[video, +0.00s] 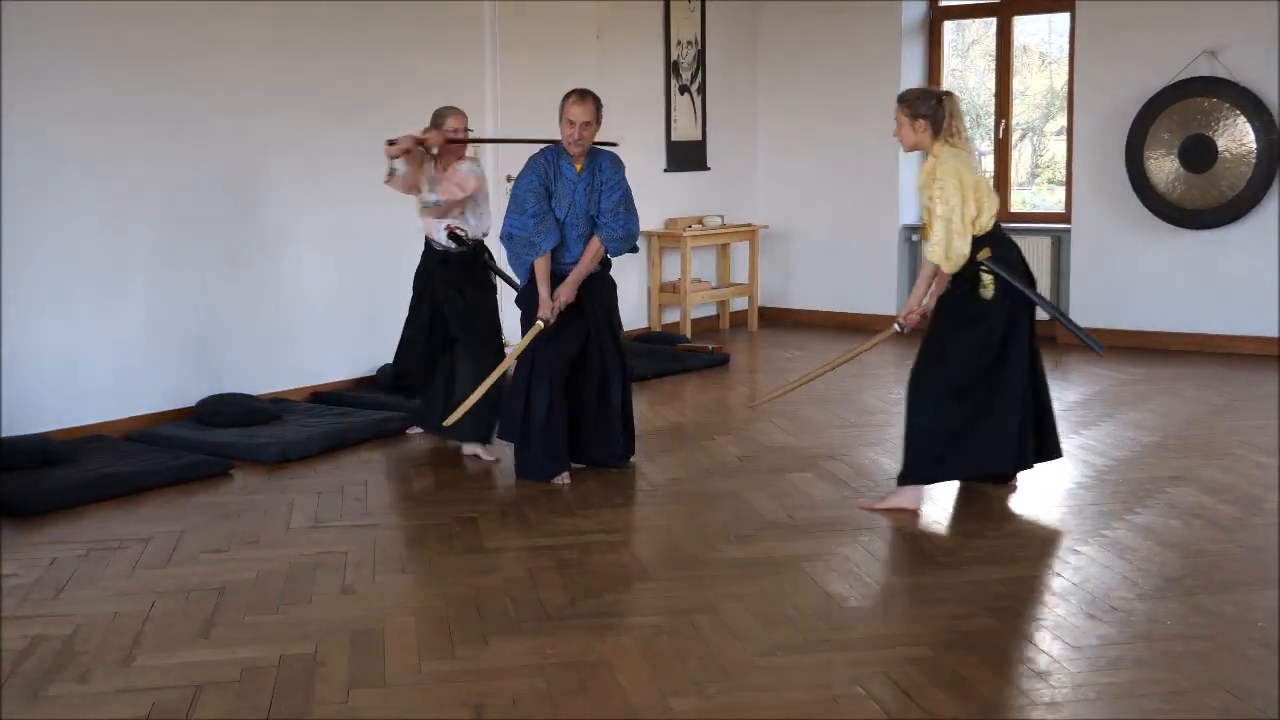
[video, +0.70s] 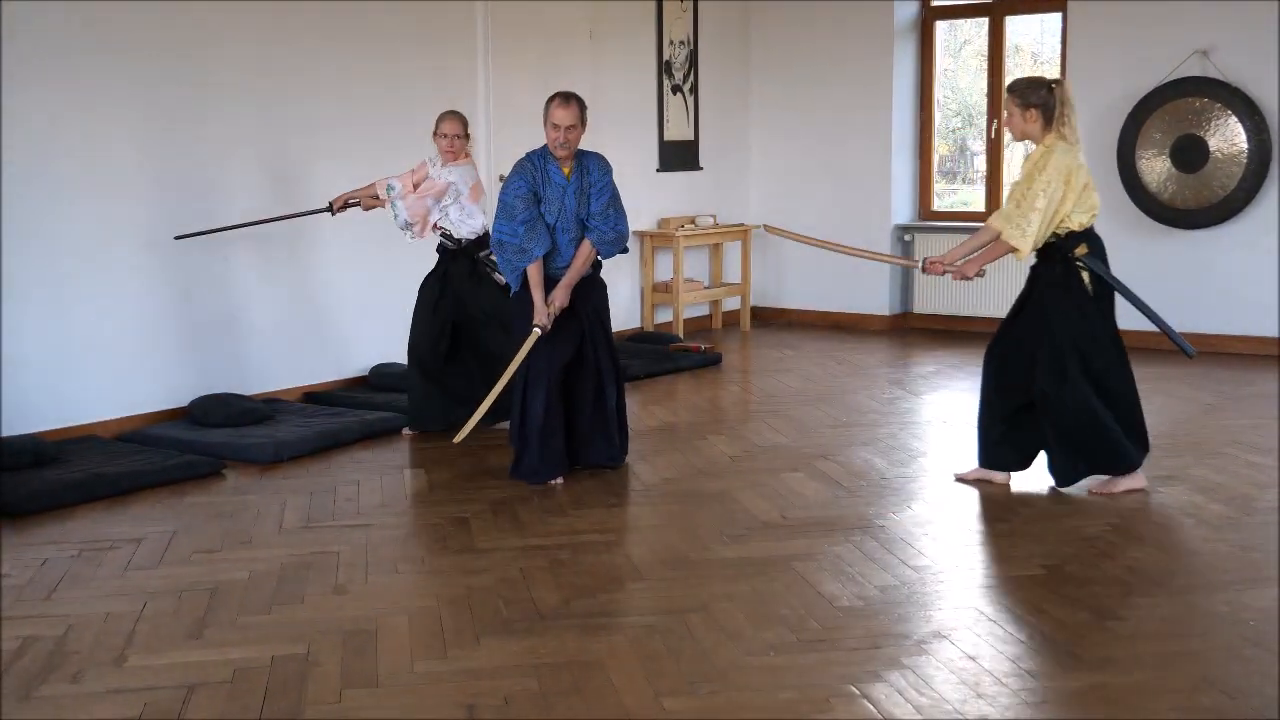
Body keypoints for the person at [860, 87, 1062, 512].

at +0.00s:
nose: (895, 133)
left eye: (899, 124)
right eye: (896, 124)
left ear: (921, 125)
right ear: (928, 125)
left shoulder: (947, 166)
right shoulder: (945, 160)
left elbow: (952, 242)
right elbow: (937, 240)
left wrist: (930, 298)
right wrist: (916, 295)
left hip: (981, 278)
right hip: (999, 271)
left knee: (928, 374)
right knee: (993, 368)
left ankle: (910, 487)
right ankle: (1001, 465)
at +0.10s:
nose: (913, 133)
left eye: (917, 124)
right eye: (913, 125)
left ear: (938, 125)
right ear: (943, 124)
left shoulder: (961, 167)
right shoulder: (966, 161)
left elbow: (966, 246)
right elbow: (949, 241)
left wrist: (944, 296)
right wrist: (925, 298)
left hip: (996, 280)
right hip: (1011, 273)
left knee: (946, 375)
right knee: (996, 370)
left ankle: (953, 487)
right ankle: (1002, 467)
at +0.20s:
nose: (928, 130)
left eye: (932, 122)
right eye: (928, 122)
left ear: (954, 123)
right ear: (957, 122)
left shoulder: (979, 165)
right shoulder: (972, 163)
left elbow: (980, 241)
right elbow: (959, 236)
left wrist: (957, 291)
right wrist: (932, 292)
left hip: (1011, 277)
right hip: (1005, 273)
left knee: (974, 373)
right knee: (980, 372)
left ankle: (997, 482)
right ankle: (993, 478)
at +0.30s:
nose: (944, 128)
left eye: (947, 120)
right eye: (944, 120)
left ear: (969, 121)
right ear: (973, 120)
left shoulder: (995, 163)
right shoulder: (984, 160)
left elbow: (988, 240)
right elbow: (967, 233)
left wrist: (960, 288)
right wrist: (934, 287)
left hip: (1027, 275)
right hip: (1011, 273)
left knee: (1025, 369)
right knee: (977, 360)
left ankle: (1046, 474)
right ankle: (995, 461)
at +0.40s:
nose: (958, 123)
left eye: (962, 116)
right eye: (958, 116)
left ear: (984, 118)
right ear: (987, 118)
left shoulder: (1012, 161)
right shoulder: (994, 162)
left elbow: (996, 235)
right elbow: (973, 229)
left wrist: (959, 285)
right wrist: (932, 280)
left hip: (1039, 272)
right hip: (1020, 271)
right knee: (980, 358)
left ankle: (1088, 461)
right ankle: (999, 463)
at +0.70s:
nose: (1005, 121)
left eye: (1009, 113)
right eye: (1005, 114)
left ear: (1033, 114)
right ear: (1035, 115)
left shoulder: (1058, 157)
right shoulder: (1040, 157)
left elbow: (1027, 228)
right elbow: (1005, 218)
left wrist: (976, 265)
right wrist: (953, 254)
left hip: (1074, 270)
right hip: (1054, 268)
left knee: (1071, 367)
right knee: (1004, 356)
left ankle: (1128, 469)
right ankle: (996, 464)